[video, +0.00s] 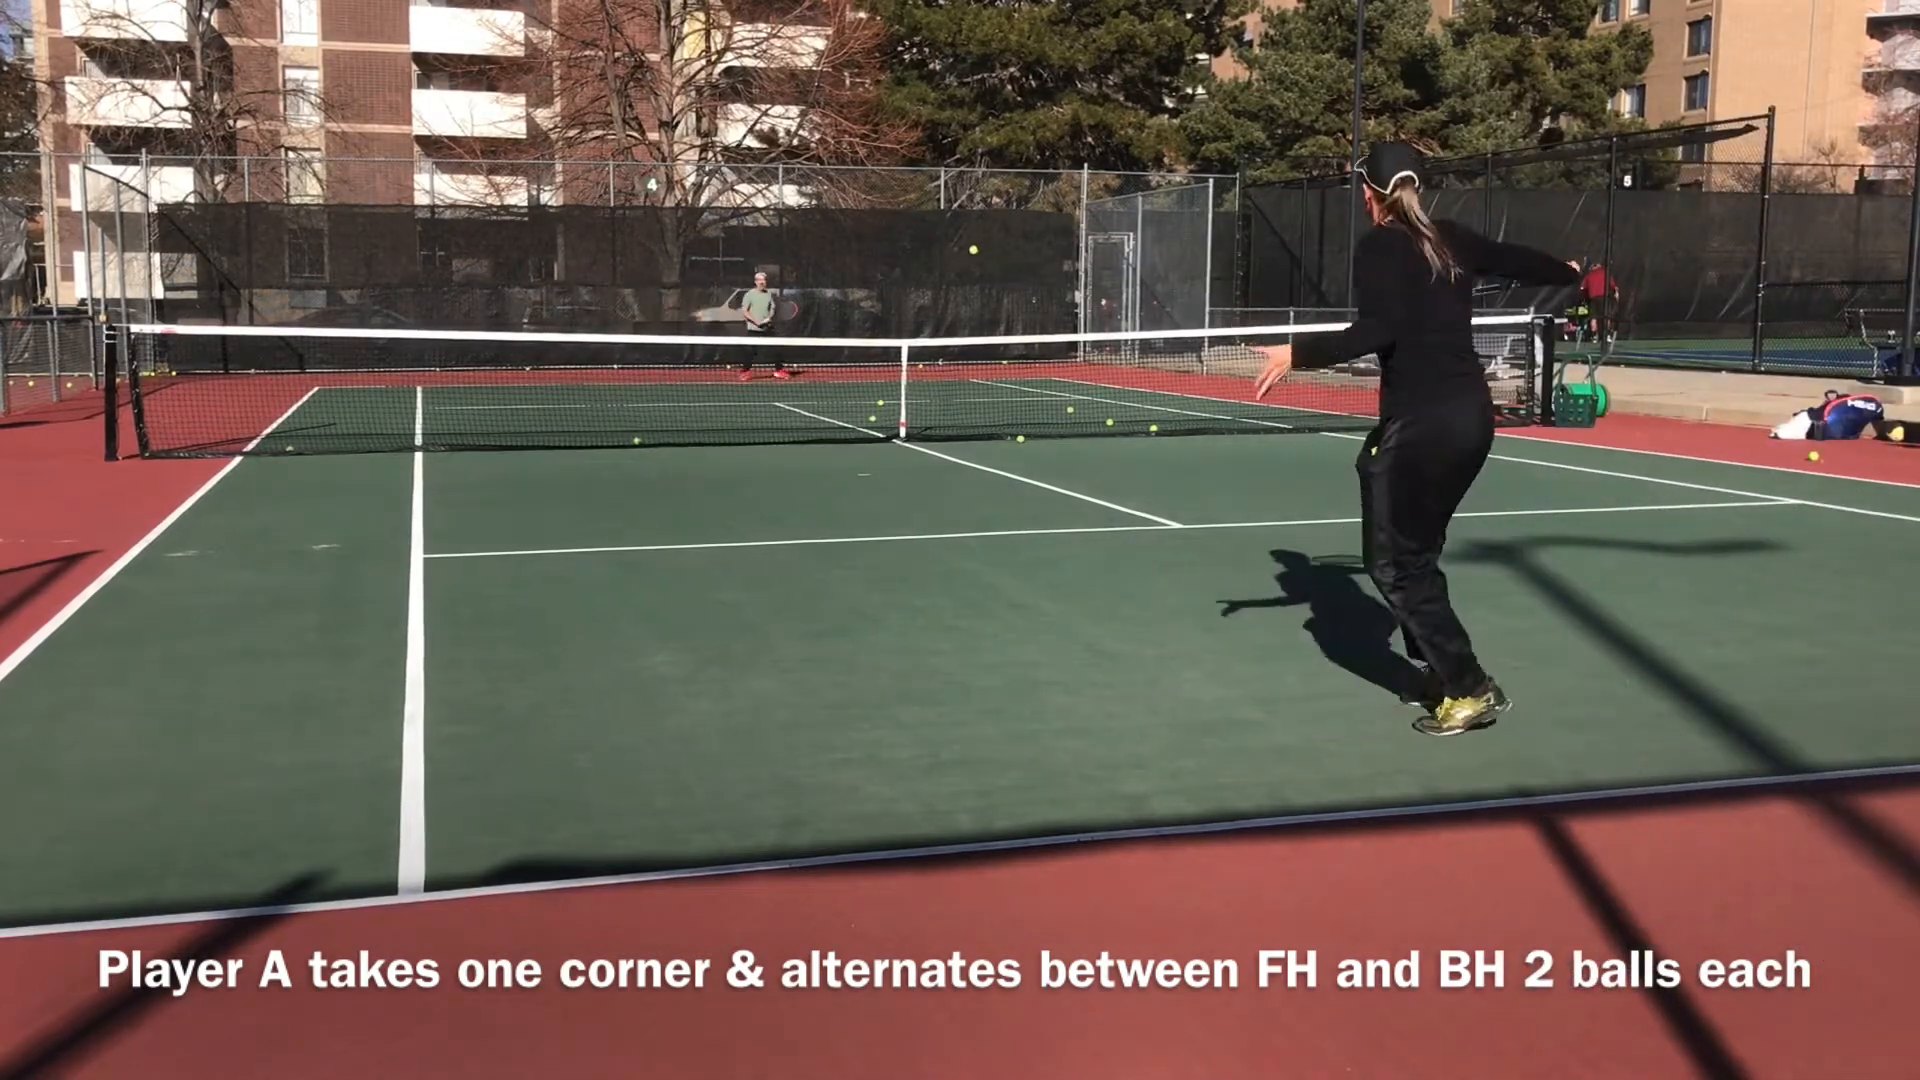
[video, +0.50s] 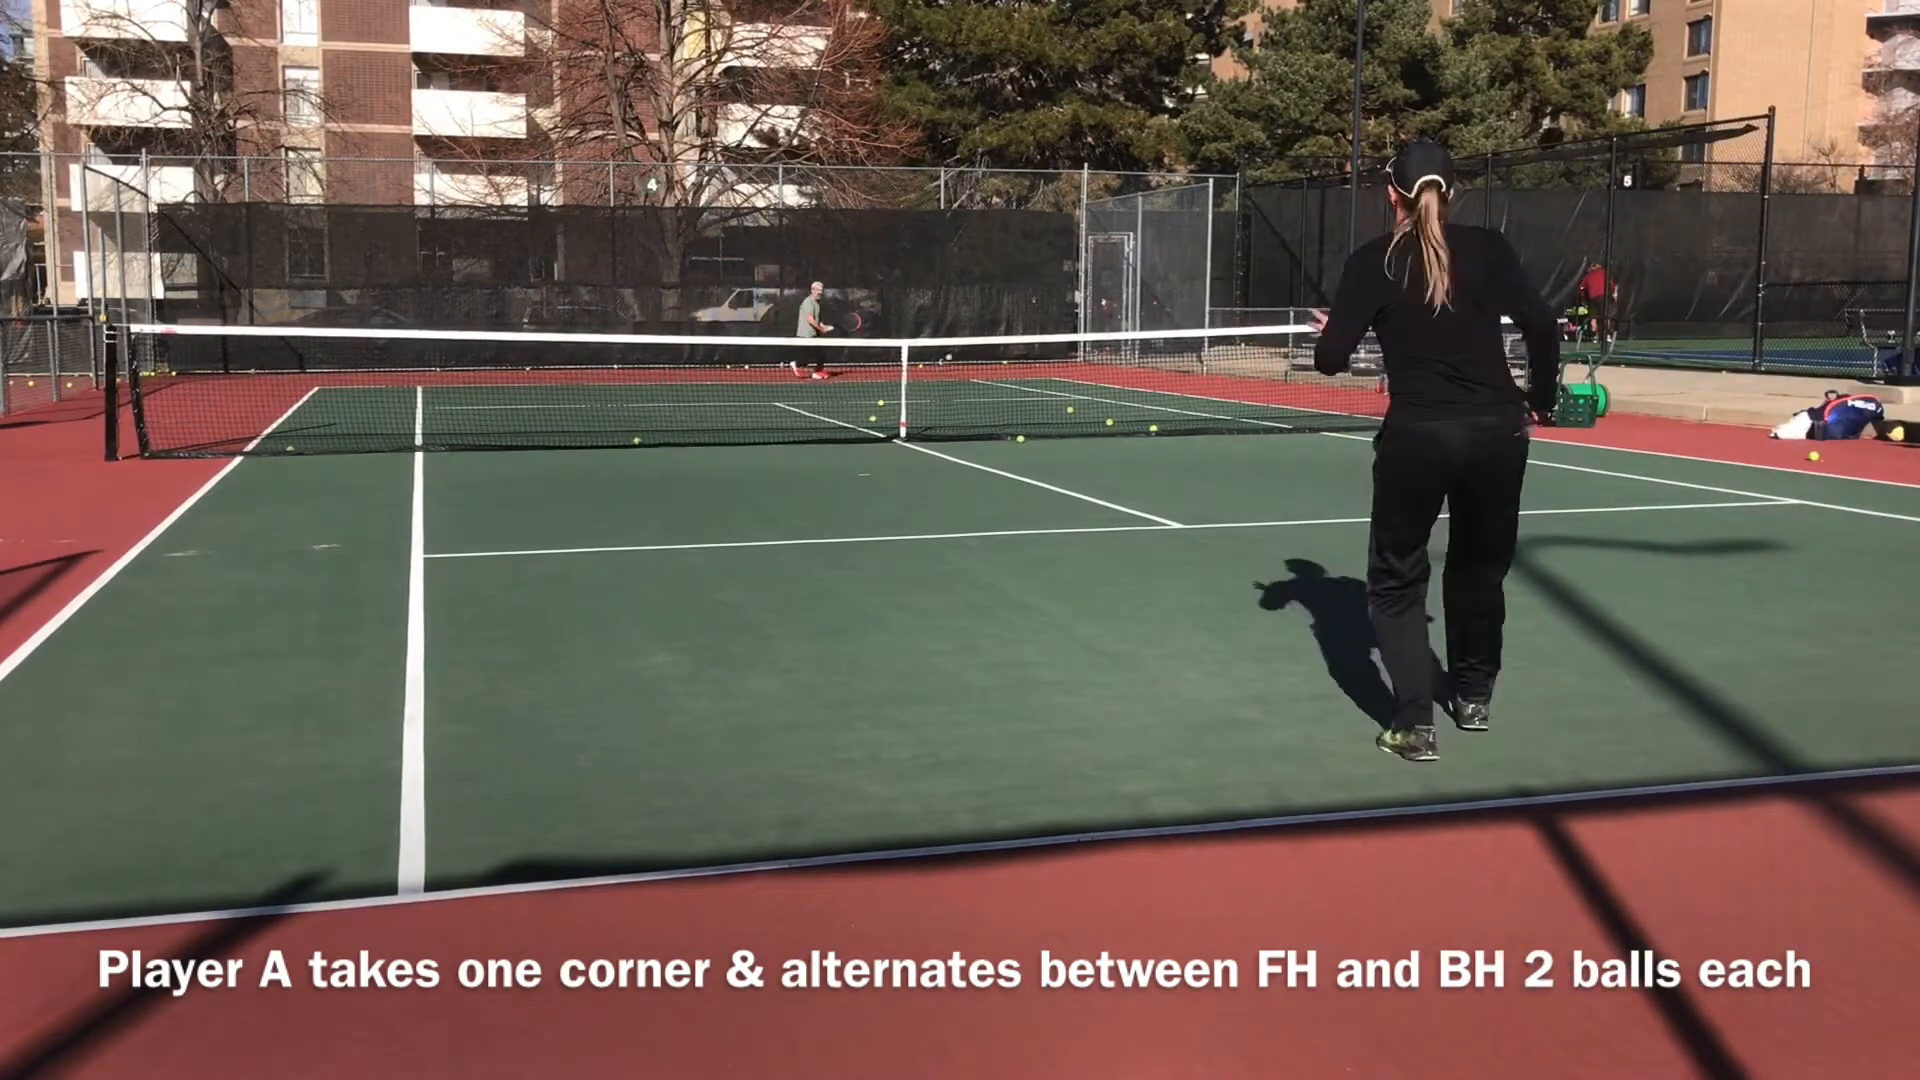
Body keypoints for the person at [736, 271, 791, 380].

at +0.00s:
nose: (761, 282)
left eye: (763, 280)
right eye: (759, 280)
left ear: (766, 281)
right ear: (755, 281)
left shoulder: (768, 294)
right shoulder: (749, 295)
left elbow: (772, 307)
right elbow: (744, 311)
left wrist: (769, 318)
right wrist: (756, 322)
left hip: (767, 326)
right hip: (753, 327)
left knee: (777, 347)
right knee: (751, 349)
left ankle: (778, 369)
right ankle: (746, 370)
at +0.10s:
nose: (774, 283)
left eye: (776, 281)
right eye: (772, 281)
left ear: (779, 283)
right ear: (768, 283)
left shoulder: (780, 296)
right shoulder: (763, 295)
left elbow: (783, 310)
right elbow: (757, 312)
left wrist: (780, 319)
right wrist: (769, 322)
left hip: (778, 327)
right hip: (765, 327)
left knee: (783, 349)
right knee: (761, 349)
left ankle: (783, 370)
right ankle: (752, 369)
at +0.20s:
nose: (786, 284)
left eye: (788, 282)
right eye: (784, 282)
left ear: (790, 283)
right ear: (779, 283)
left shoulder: (790, 297)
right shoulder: (774, 295)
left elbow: (791, 311)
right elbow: (771, 313)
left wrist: (791, 318)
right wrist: (782, 323)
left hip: (786, 327)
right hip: (774, 327)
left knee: (787, 348)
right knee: (774, 348)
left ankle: (786, 367)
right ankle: (772, 367)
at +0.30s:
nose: (797, 286)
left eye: (799, 284)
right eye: (795, 284)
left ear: (801, 286)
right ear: (790, 285)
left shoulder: (797, 298)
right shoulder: (786, 297)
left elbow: (797, 313)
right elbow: (785, 315)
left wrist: (801, 321)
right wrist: (796, 325)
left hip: (794, 329)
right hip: (784, 330)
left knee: (803, 349)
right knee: (783, 351)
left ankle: (802, 368)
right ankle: (775, 370)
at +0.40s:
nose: (809, 289)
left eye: (811, 287)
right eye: (807, 287)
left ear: (812, 288)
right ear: (802, 287)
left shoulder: (807, 300)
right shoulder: (798, 299)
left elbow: (805, 315)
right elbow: (798, 316)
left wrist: (811, 323)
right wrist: (808, 327)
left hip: (803, 331)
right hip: (794, 332)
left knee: (813, 350)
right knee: (792, 354)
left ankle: (816, 370)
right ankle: (778, 366)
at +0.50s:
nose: (819, 292)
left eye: (821, 290)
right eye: (817, 290)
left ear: (821, 291)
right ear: (812, 290)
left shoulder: (816, 304)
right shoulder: (808, 303)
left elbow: (816, 319)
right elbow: (810, 319)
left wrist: (823, 327)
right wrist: (820, 328)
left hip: (812, 334)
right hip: (805, 335)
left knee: (820, 353)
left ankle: (819, 370)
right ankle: (797, 364)